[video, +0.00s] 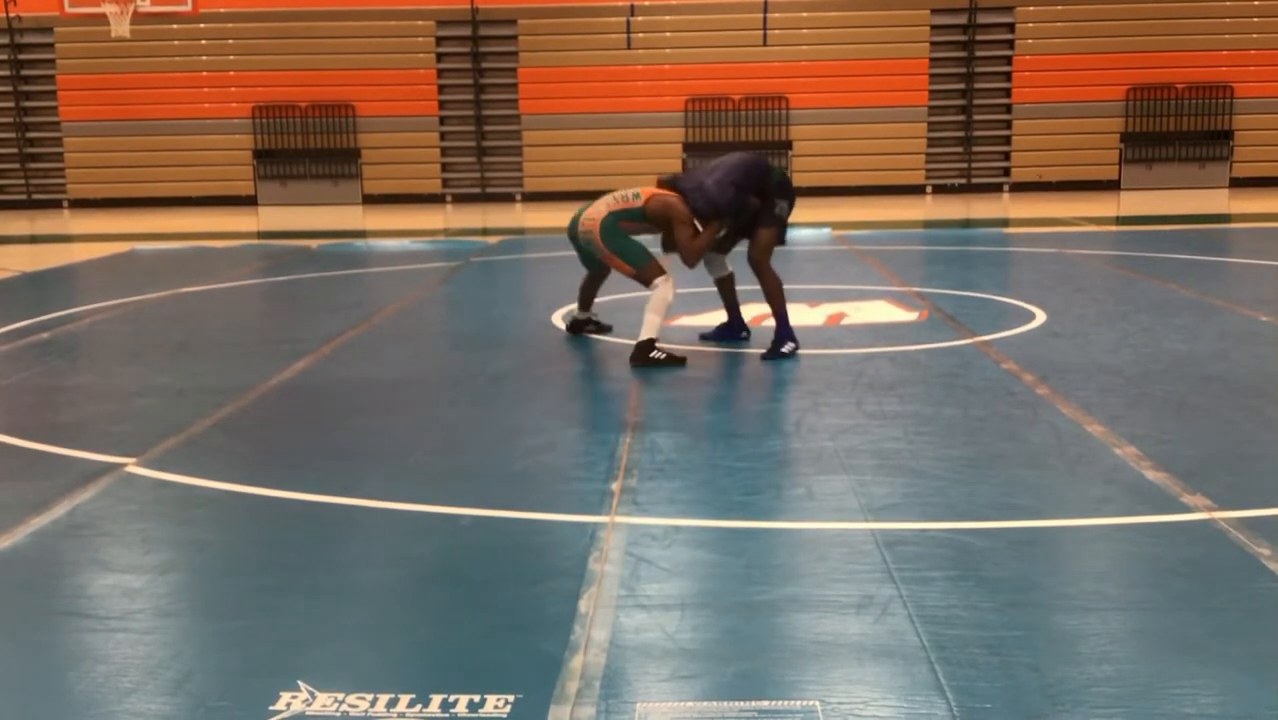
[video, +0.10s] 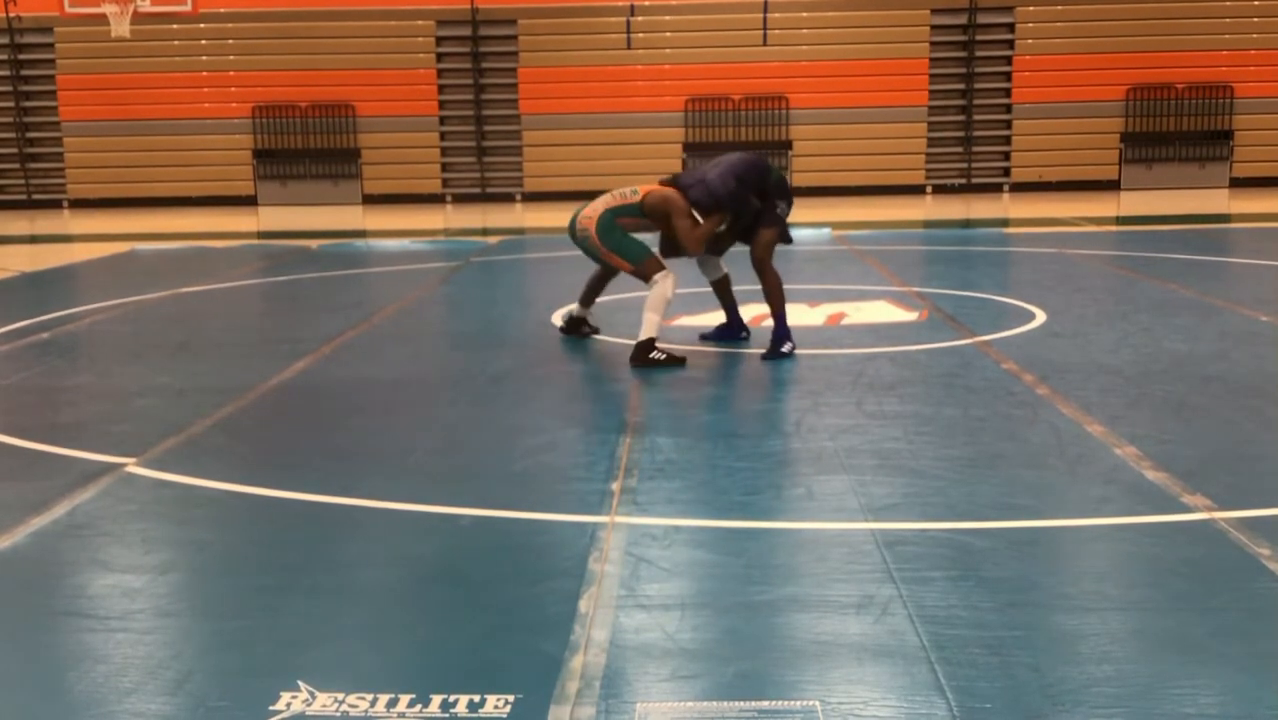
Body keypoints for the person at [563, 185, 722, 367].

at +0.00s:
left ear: (683, 187)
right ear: (700, 200)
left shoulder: (660, 198)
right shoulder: (677, 206)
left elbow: (669, 246)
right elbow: (691, 258)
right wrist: (715, 226)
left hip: (578, 227)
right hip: (603, 232)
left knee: (599, 269)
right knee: (662, 283)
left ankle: (581, 318)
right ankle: (646, 346)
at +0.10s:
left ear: (678, 182)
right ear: (695, 192)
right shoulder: (675, 200)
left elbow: (668, 249)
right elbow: (694, 246)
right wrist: (717, 217)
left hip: (580, 226)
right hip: (599, 230)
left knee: (613, 264)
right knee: (663, 279)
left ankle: (576, 318)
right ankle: (646, 347)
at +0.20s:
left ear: (682, 179)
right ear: (696, 189)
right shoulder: (673, 193)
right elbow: (681, 231)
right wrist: (709, 210)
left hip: (580, 222)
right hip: (599, 224)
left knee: (615, 271)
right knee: (659, 275)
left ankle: (576, 323)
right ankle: (645, 346)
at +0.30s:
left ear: (679, 182)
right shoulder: (672, 196)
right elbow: (679, 235)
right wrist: (707, 213)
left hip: (578, 223)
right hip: (599, 227)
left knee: (610, 267)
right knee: (658, 276)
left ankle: (576, 322)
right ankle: (645, 347)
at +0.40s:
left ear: (670, 185)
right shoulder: (672, 201)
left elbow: (655, 251)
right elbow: (682, 244)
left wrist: (694, 254)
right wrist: (706, 222)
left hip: (576, 226)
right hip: (598, 230)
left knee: (606, 266)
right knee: (660, 278)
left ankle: (574, 322)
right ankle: (645, 347)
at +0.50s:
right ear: (704, 202)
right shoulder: (676, 200)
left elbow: (635, 230)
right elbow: (680, 250)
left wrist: (668, 247)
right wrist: (710, 235)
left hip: (575, 213)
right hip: (604, 218)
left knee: (588, 263)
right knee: (658, 277)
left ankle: (570, 321)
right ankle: (645, 346)